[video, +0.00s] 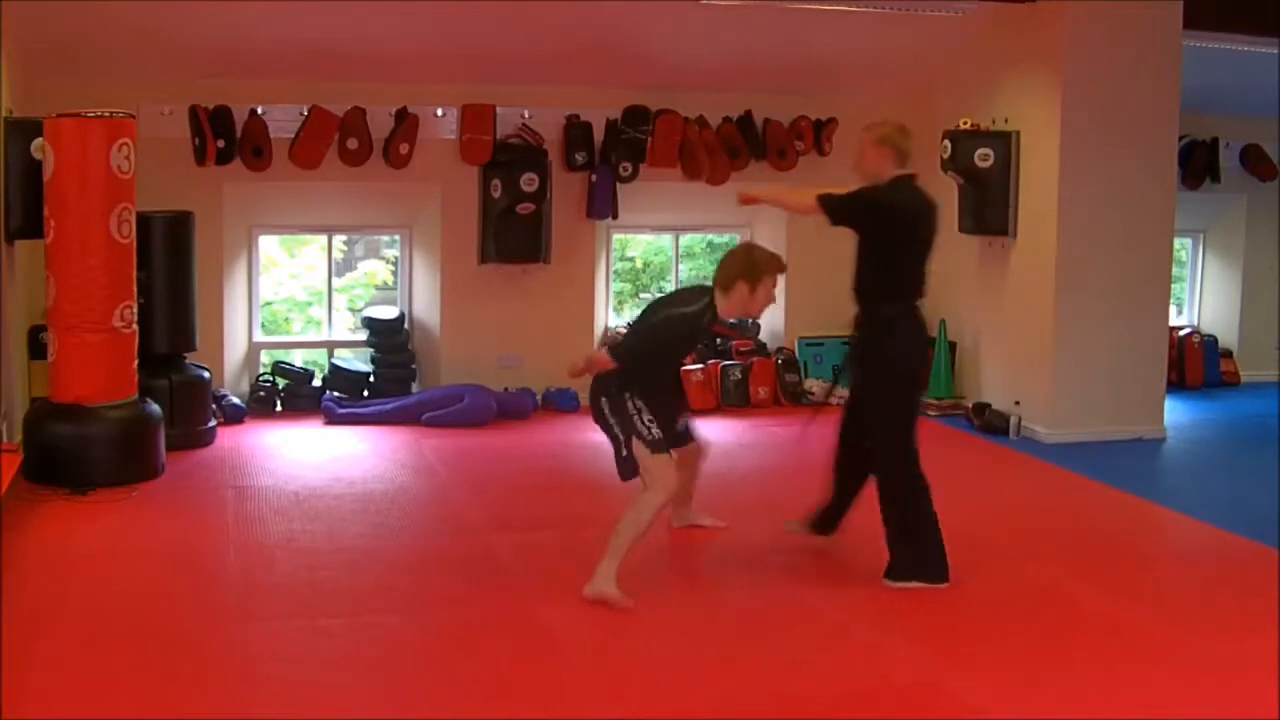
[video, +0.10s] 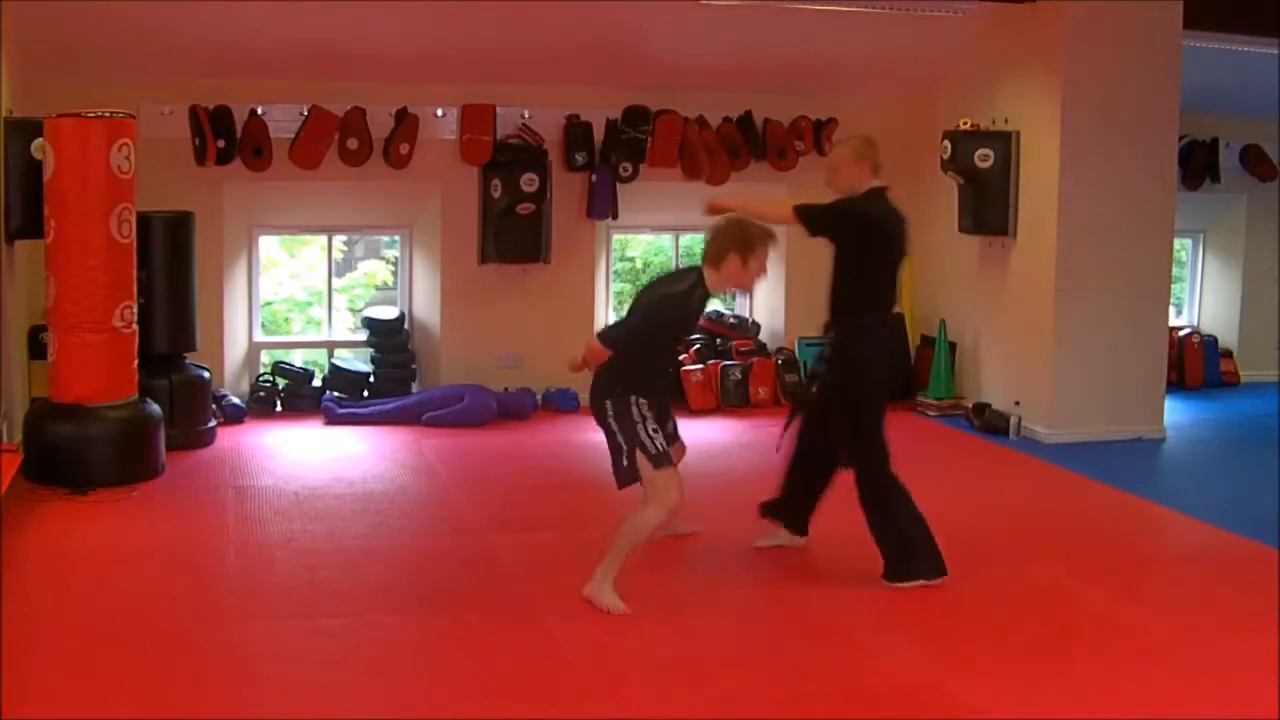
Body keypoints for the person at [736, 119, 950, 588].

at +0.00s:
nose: (859, 159)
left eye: (864, 151)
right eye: (860, 151)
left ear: (883, 153)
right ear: (898, 155)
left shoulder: (886, 199)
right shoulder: (916, 200)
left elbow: (818, 206)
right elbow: (836, 205)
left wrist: (763, 195)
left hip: (888, 337)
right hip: (898, 333)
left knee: (892, 448)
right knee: (859, 433)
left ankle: (922, 563)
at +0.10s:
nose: (830, 174)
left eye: (836, 165)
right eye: (830, 166)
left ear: (863, 167)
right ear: (866, 168)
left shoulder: (862, 213)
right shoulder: (881, 212)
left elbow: (790, 215)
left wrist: (731, 207)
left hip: (860, 349)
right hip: (865, 344)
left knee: (867, 457)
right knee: (821, 431)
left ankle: (918, 562)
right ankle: (791, 518)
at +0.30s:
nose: (793, 176)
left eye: (800, 167)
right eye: (791, 168)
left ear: (825, 166)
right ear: (802, 168)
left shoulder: (831, 210)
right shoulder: (819, 208)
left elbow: (760, 217)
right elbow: (761, 216)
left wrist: (705, 209)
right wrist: (708, 206)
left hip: (825, 339)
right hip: (805, 336)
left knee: (826, 449)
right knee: (770, 425)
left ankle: (890, 542)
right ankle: (779, 523)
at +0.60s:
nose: (782, 160)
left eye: (791, 152)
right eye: (775, 153)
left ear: (811, 151)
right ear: (766, 153)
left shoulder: (834, 187)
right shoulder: (760, 192)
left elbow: (814, 200)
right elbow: (724, 206)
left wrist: (765, 195)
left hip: (821, 322)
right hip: (774, 322)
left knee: (819, 434)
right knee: (776, 430)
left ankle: (818, 545)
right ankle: (783, 526)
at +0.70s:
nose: (788, 165)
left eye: (796, 157)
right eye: (781, 157)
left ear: (811, 156)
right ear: (767, 156)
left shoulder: (829, 191)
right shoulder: (759, 196)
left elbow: (830, 205)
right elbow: (748, 219)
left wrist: (790, 199)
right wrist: (800, 207)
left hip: (818, 329)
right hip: (768, 330)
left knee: (818, 436)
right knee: (770, 431)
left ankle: (815, 544)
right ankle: (771, 532)